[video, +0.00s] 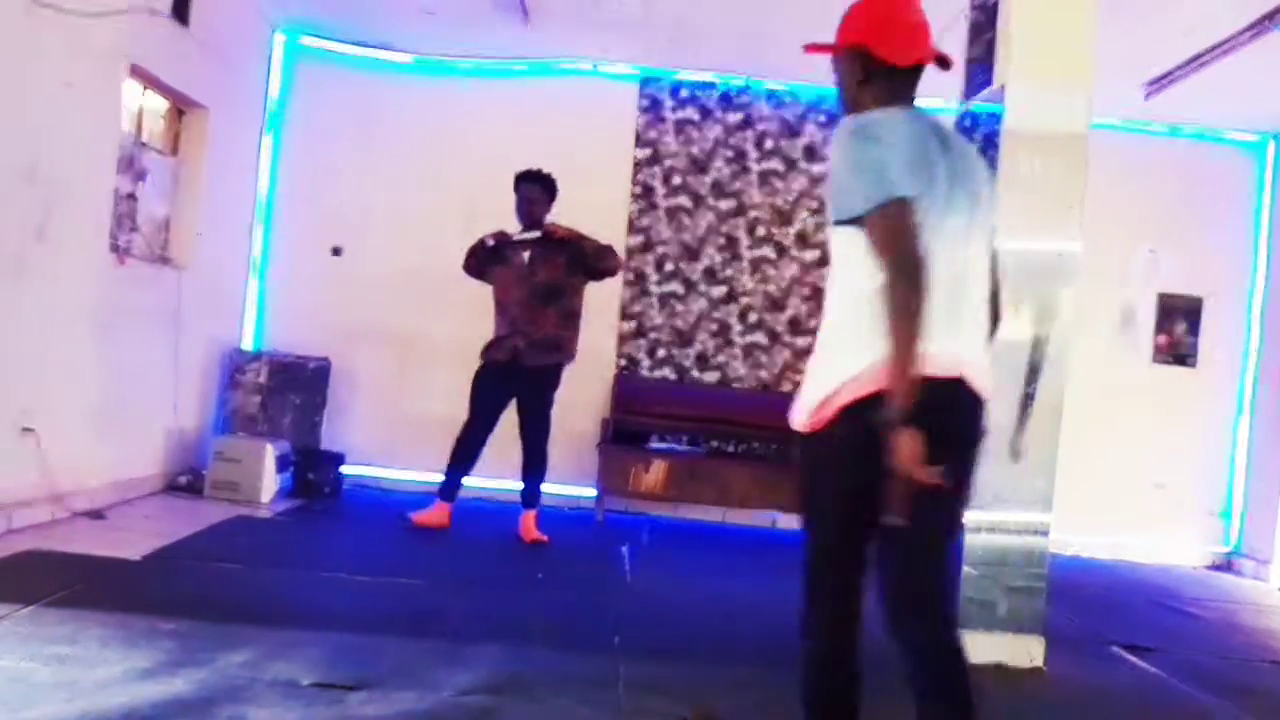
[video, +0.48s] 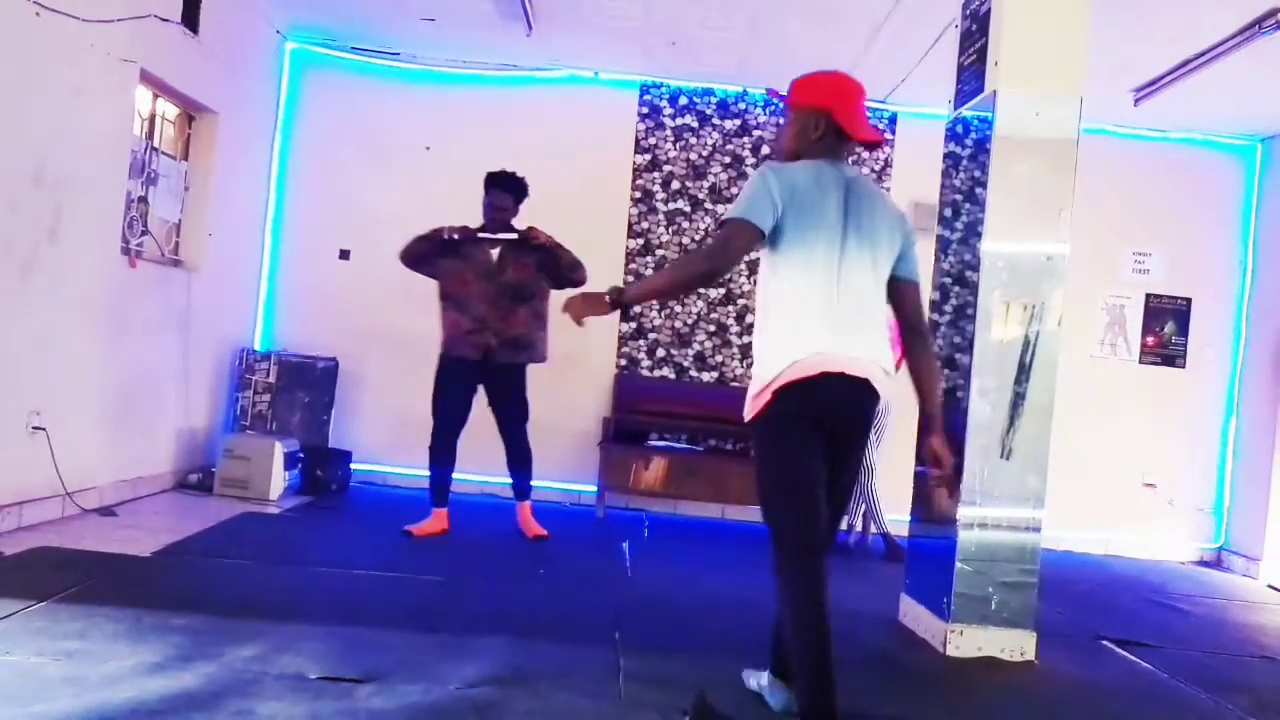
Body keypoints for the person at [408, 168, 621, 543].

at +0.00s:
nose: (526, 208)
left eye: (534, 201)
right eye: (522, 199)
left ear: (549, 204)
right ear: (515, 201)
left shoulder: (570, 251)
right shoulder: (506, 251)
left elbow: (611, 264)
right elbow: (472, 267)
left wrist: (572, 239)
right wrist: (488, 243)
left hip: (545, 358)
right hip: (502, 353)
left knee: (535, 436)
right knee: (476, 425)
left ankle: (529, 515)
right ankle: (444, 504)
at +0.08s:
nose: (524, 208)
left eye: (532, 202)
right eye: (520, 200)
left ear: (547, 205)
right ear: (513, 202)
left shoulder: (569, 252)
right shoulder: (504, 252)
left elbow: (609, 264)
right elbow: (470, 269)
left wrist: (572, 239)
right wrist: (485, 245)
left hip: (544, 358)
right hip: (501, 354)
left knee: (536, 436)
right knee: (475, 425)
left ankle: (531, 514)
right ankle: (441, 504)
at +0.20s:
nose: (513, 213)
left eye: (521, 207)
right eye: (509, 205)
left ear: (537, 209)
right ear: (503, 206)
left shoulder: (558, 255)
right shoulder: (490, 257)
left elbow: (600, 272)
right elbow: (454, 270)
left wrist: (561, 245)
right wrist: (472, 247)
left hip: (534, 365)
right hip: (490, 359)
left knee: (532, 439)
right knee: (463, 430)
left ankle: (530, 514)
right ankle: (442, 510)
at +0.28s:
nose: (510, 214)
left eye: (518, 207)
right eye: (506, 206)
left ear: (534, 209)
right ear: (501, 205)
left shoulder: (555, 255)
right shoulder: (486, 256)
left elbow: (598, 273)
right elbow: (448, 269)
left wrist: (559, 245)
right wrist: (468, 246)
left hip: (531, 365)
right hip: (487, 359)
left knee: (530, 440)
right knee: (459, 431)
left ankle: (530, 513)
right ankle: (441, 511)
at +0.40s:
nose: (500, 214)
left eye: (508, 208)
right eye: (496, 206)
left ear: (522, 211)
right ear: (489, 205)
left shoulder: (540, 255)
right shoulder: (469, 254)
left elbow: (585, 276)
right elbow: (422, 261)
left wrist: (551, 245)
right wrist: (452, 240)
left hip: (516, 364)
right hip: (469, 359)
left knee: (522, 439)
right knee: (446, 433)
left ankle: (528, 512)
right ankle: (440, 512)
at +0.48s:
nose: (493, 210)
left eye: (502, 205)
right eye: (490, 203)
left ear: (516, 208)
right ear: (483, 202)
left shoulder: (532, 252)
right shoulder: (458, 251)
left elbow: (577, 276)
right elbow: (410, 256)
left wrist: (548, 245)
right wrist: (442, 236)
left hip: (507, 362)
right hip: (459, 358)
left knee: (516, 436)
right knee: (444, 434)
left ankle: (524, 511)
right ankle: (439, 513)